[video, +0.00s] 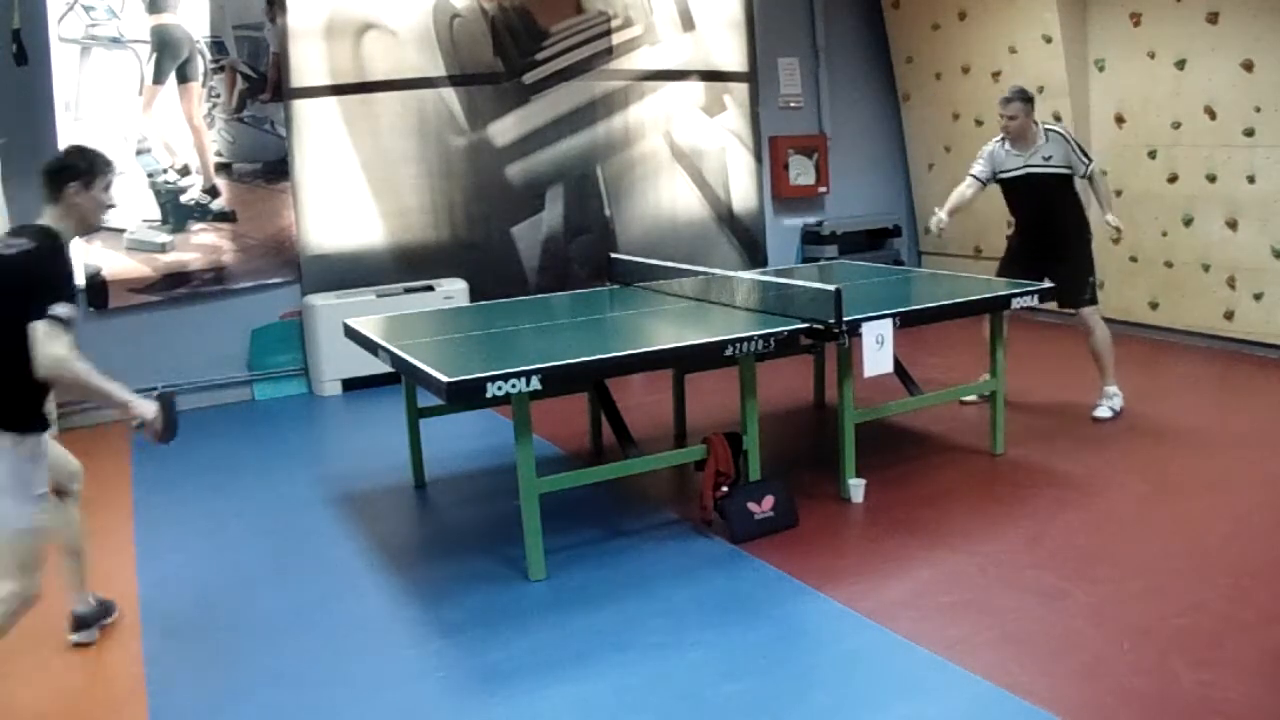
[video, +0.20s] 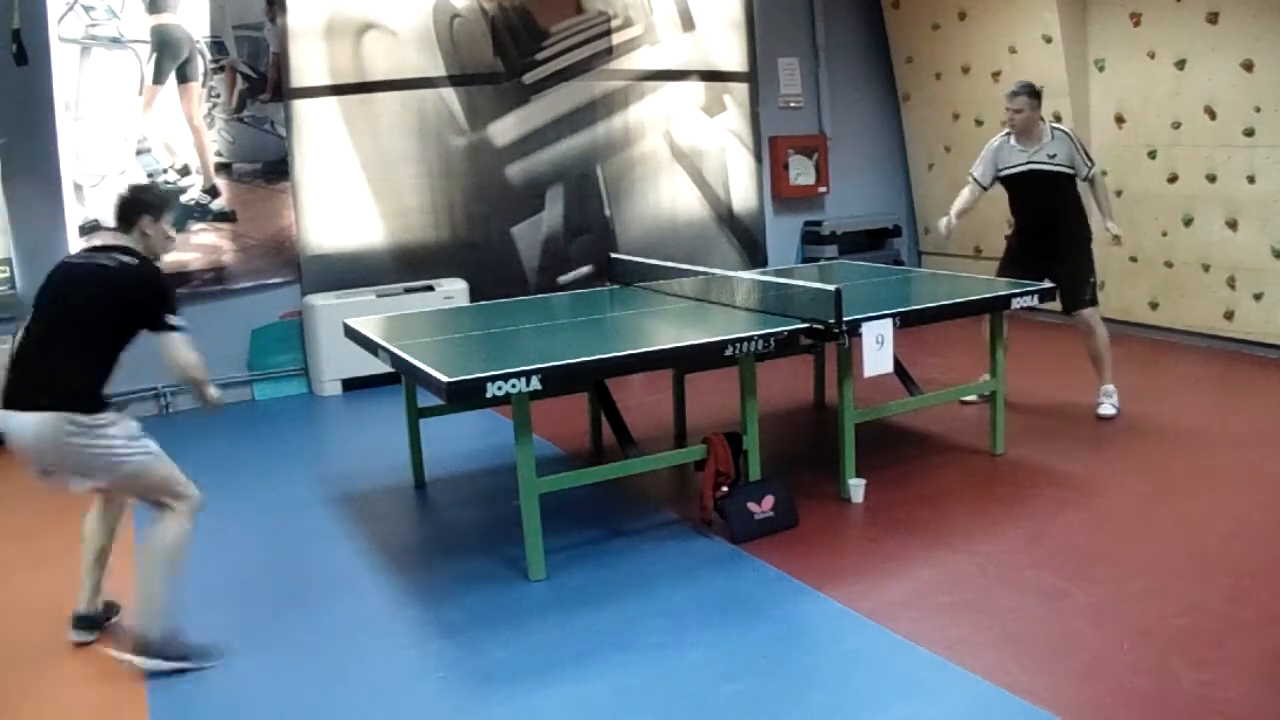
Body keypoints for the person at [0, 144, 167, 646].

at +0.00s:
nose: (109, 203)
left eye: (110, 192)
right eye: (104, 191)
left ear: (67, 193)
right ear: (74, 192)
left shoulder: (21, 243)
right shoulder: (46, 252)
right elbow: (51, 358)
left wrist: (182, 265)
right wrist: (131, 402)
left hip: (16, 429)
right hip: (11, 435)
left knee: (68, 476)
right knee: (18, 588)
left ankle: (83, 606)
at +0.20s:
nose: (172, 236)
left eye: (172, 226)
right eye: (168, 226)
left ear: (126, 224)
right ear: (145, 224)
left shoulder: (72, 264)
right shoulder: (145, 276)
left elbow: (25, 340)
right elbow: (185, 363)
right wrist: (207, 392)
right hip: (72, 417)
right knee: (182, 501)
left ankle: (88, 610)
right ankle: (151, 638)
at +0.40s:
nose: (208, 252)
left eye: (207, 244)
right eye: (205, 245)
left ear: (158, 242)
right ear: (190, 246)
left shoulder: (111, 276)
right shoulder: (202, 291)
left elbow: (53, 309)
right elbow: (251, 339)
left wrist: (5, 342)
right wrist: (243, 315)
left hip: (90, 414)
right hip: (151, 415)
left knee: (165, 472)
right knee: (198, 527)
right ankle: (173, 637)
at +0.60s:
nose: (230, 225)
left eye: (229, 217)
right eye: (227, 217)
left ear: (180, 211)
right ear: (209, 215)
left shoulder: (138, 240)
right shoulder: (223, 259)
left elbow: (92, 271)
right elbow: (289, 286)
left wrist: (42, 309)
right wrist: (341, 293)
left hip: (122, 370)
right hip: (176, 370)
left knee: (180, 446)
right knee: (229, 465)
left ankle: (217, 529)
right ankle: (209, 541)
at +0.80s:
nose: (248, 180)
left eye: (248, 172)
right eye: (244, 172)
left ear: (207, 170)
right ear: (227, 172)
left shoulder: (157, 206)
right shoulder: (233, 217)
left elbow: (108, 258)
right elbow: (295, 266)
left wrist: (63, 307)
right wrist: (338, 279)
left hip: (140, 338)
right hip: (192, 334)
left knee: (187, 404)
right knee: (256, 405)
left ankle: (195, 496)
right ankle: (293, 503)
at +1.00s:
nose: (250, 187)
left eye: (251, 179)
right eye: (244, 179)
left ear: (211, 181)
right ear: (219, 180)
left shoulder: (168, 221)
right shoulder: (228, 227)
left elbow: (136, 286)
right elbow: (280, 285)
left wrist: (124, 340)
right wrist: (323, 297)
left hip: (154, 345)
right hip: (201, 345)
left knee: (194, 407)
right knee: (273, 404)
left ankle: (179, 501)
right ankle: (303, 501)